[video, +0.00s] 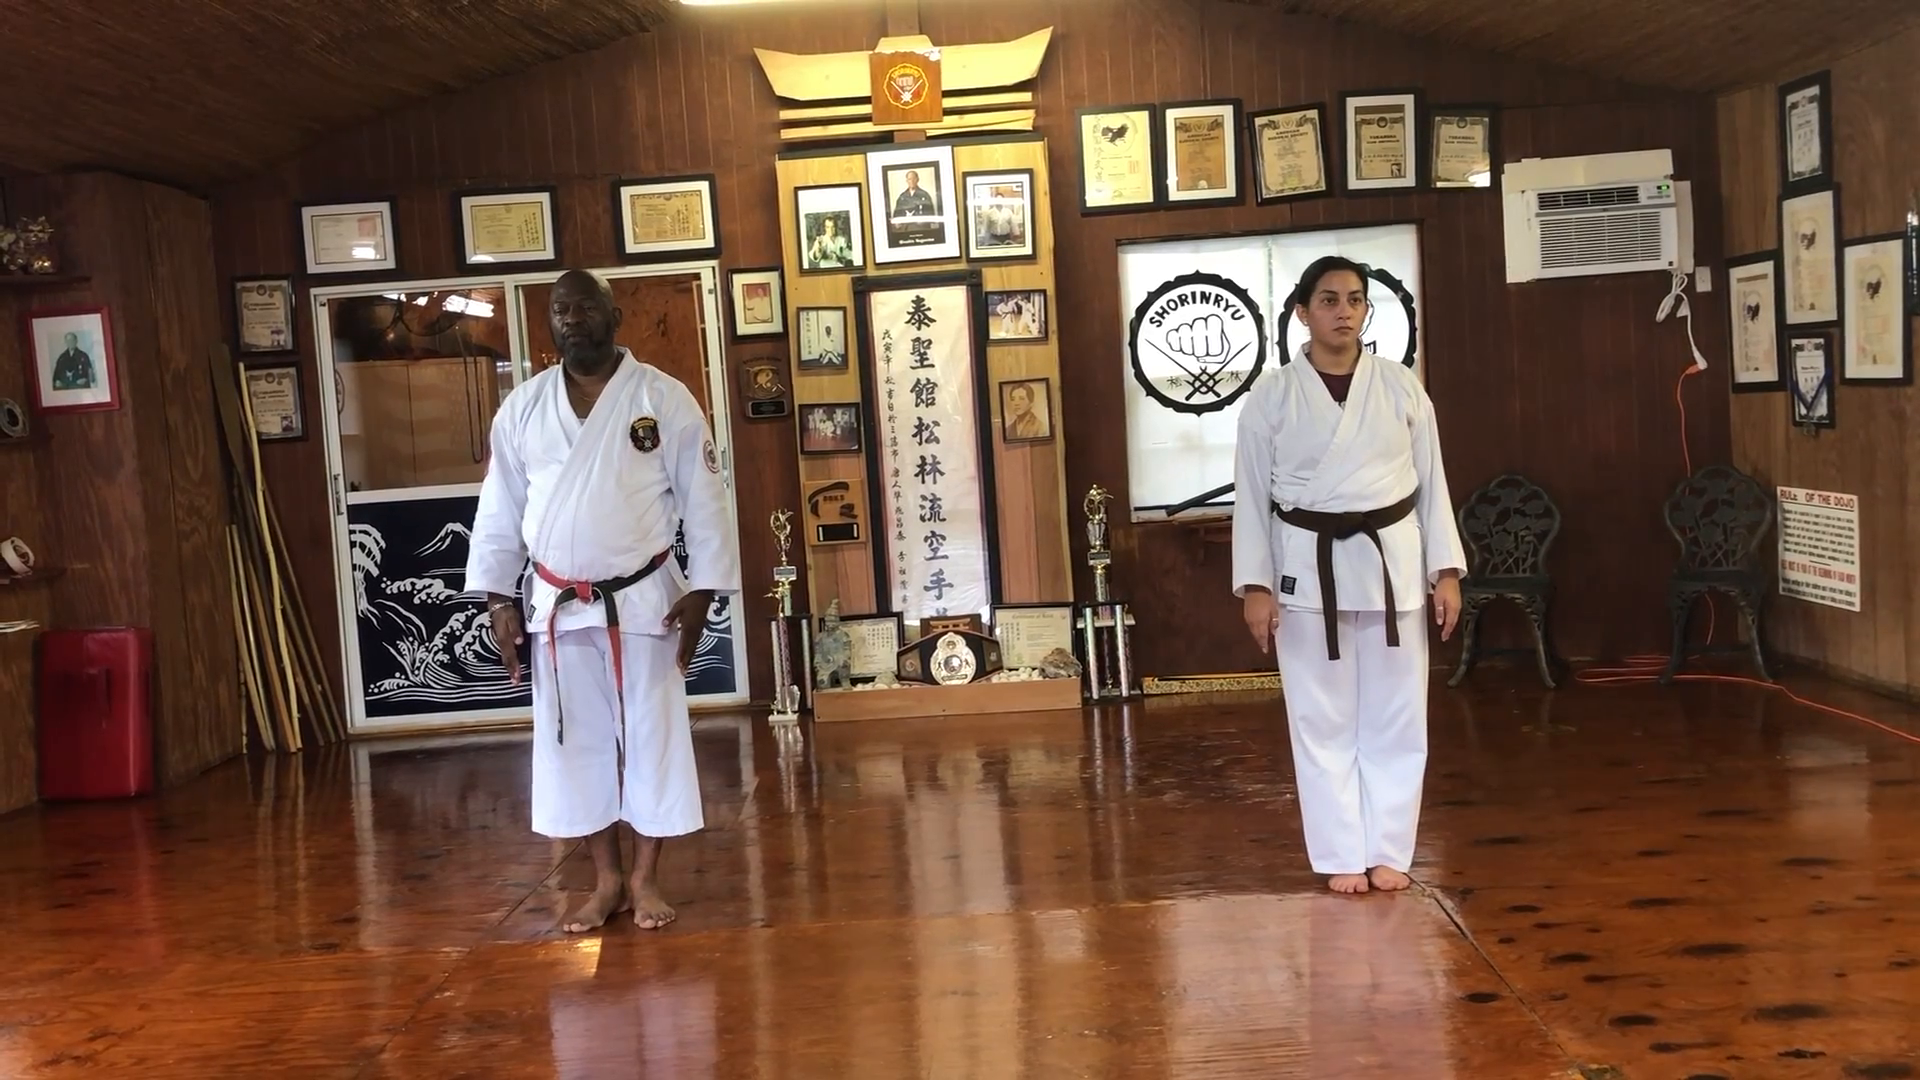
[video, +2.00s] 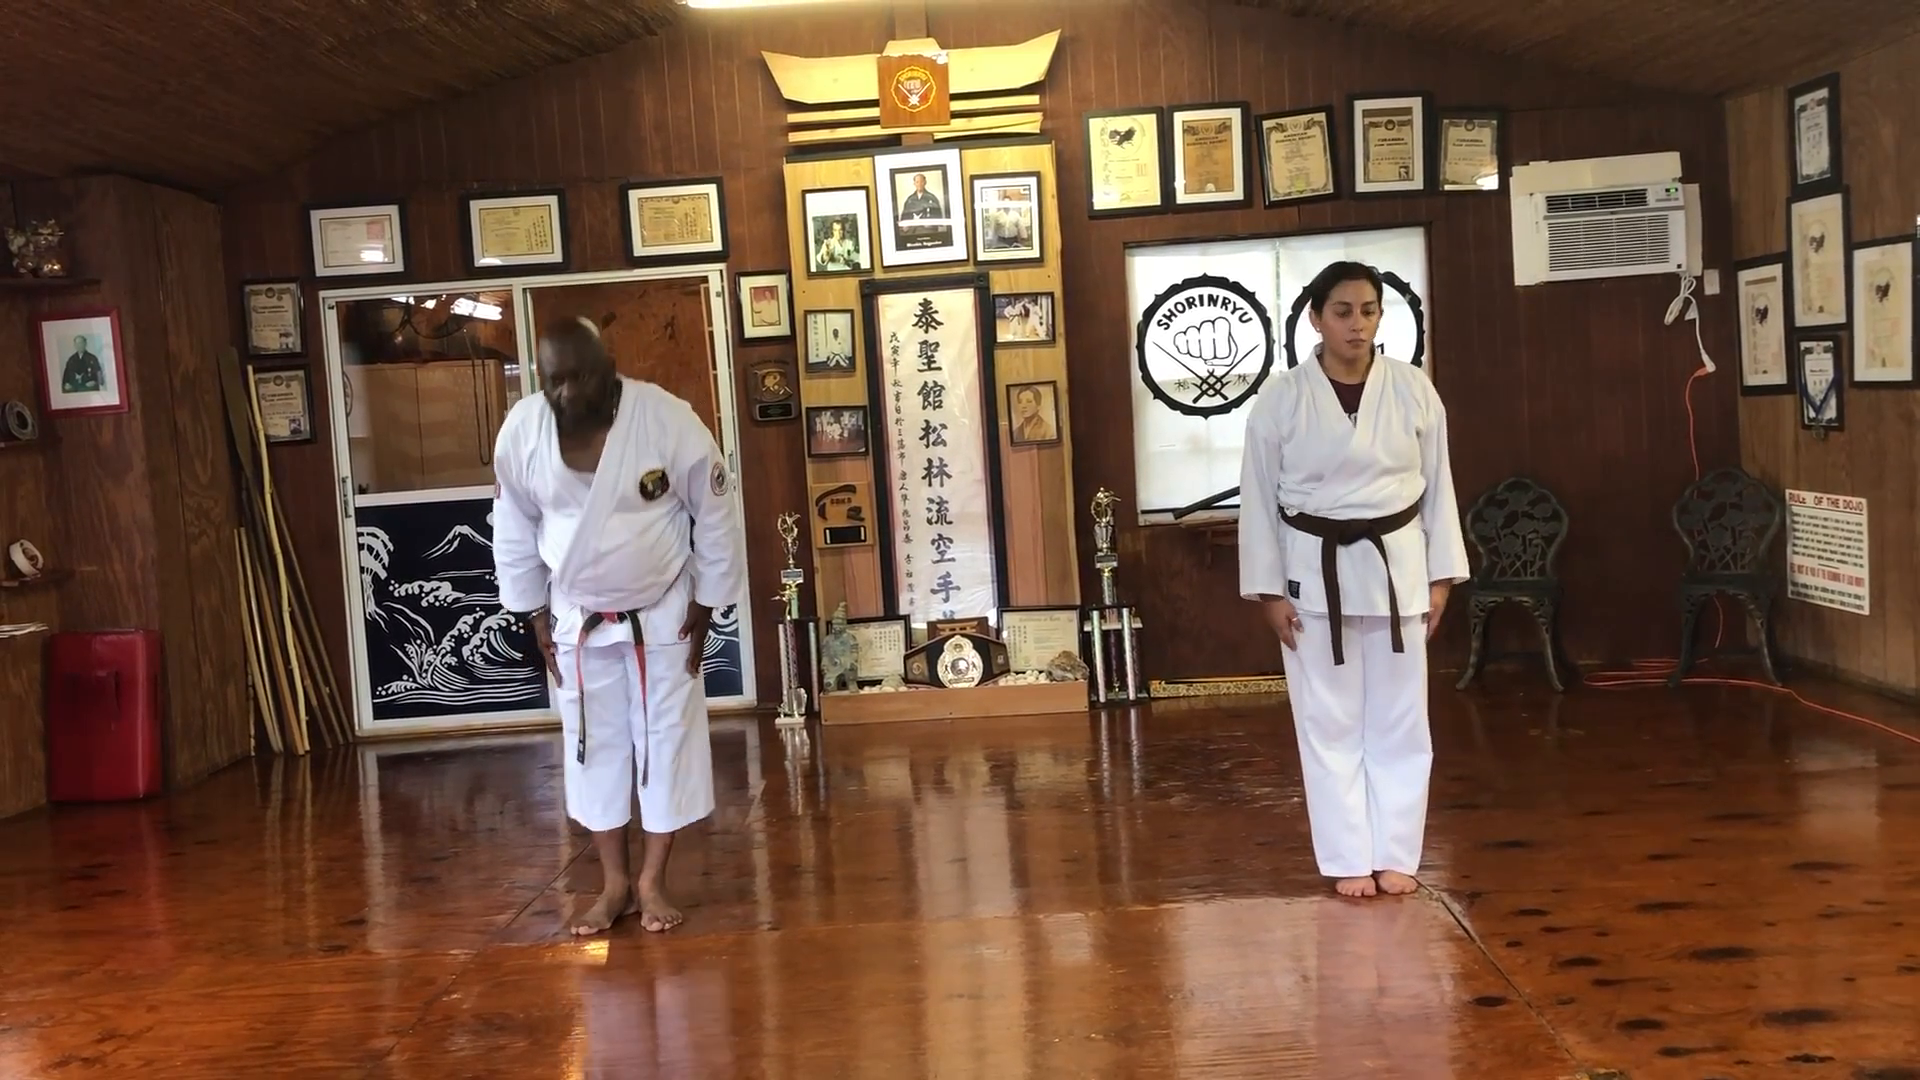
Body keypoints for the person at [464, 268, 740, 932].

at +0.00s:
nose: (571, 321)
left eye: (583, 309)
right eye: (561, 312)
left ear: (615, 317)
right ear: (548, 327)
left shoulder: (663, 398)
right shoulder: (520, 410)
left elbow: (704, 498)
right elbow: (500, 511)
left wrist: (704, 590)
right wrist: (498, 602)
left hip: (643, 593)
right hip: (557, 599)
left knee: (649, 735)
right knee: (577, 736)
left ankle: (643, 880)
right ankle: (605, 879)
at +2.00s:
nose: (560, 392)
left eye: (572, 379)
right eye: (550, 380)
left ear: (605, 367)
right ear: (540, 376)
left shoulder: (666, 420)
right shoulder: (522, 430)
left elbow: (716, 510)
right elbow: (514, 528)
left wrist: (707, 600)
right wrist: (532, 616)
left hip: (662, 608)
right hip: (577, 614)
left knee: (665, 745)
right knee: (592, 746)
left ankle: (651, 882)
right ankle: (613, 884)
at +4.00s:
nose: (583, 320)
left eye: (595, 308)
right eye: (572, 312)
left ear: (624, 319)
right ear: (558, 328)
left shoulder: (675, 398)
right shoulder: (532, 410)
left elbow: (712, 499)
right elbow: (516, 508)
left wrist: (706, 589)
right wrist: (524, 597)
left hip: (656, 590)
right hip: (572, 597)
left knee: (658, 733)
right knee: (590, 734)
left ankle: (654, 879)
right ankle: (617, 880)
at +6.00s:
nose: (686, 347)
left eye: (697, 335)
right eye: (674, 337)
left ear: (722, 343)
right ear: (657, 351)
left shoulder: (767, 429)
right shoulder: (626, 434)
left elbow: (802, 527)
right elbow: (601, 525)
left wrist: (778, 603)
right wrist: (606, 603)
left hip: (743, 617)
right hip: (652, 621)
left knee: (778, 756)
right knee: (635, 762)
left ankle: (807, 900)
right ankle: (617, 909)